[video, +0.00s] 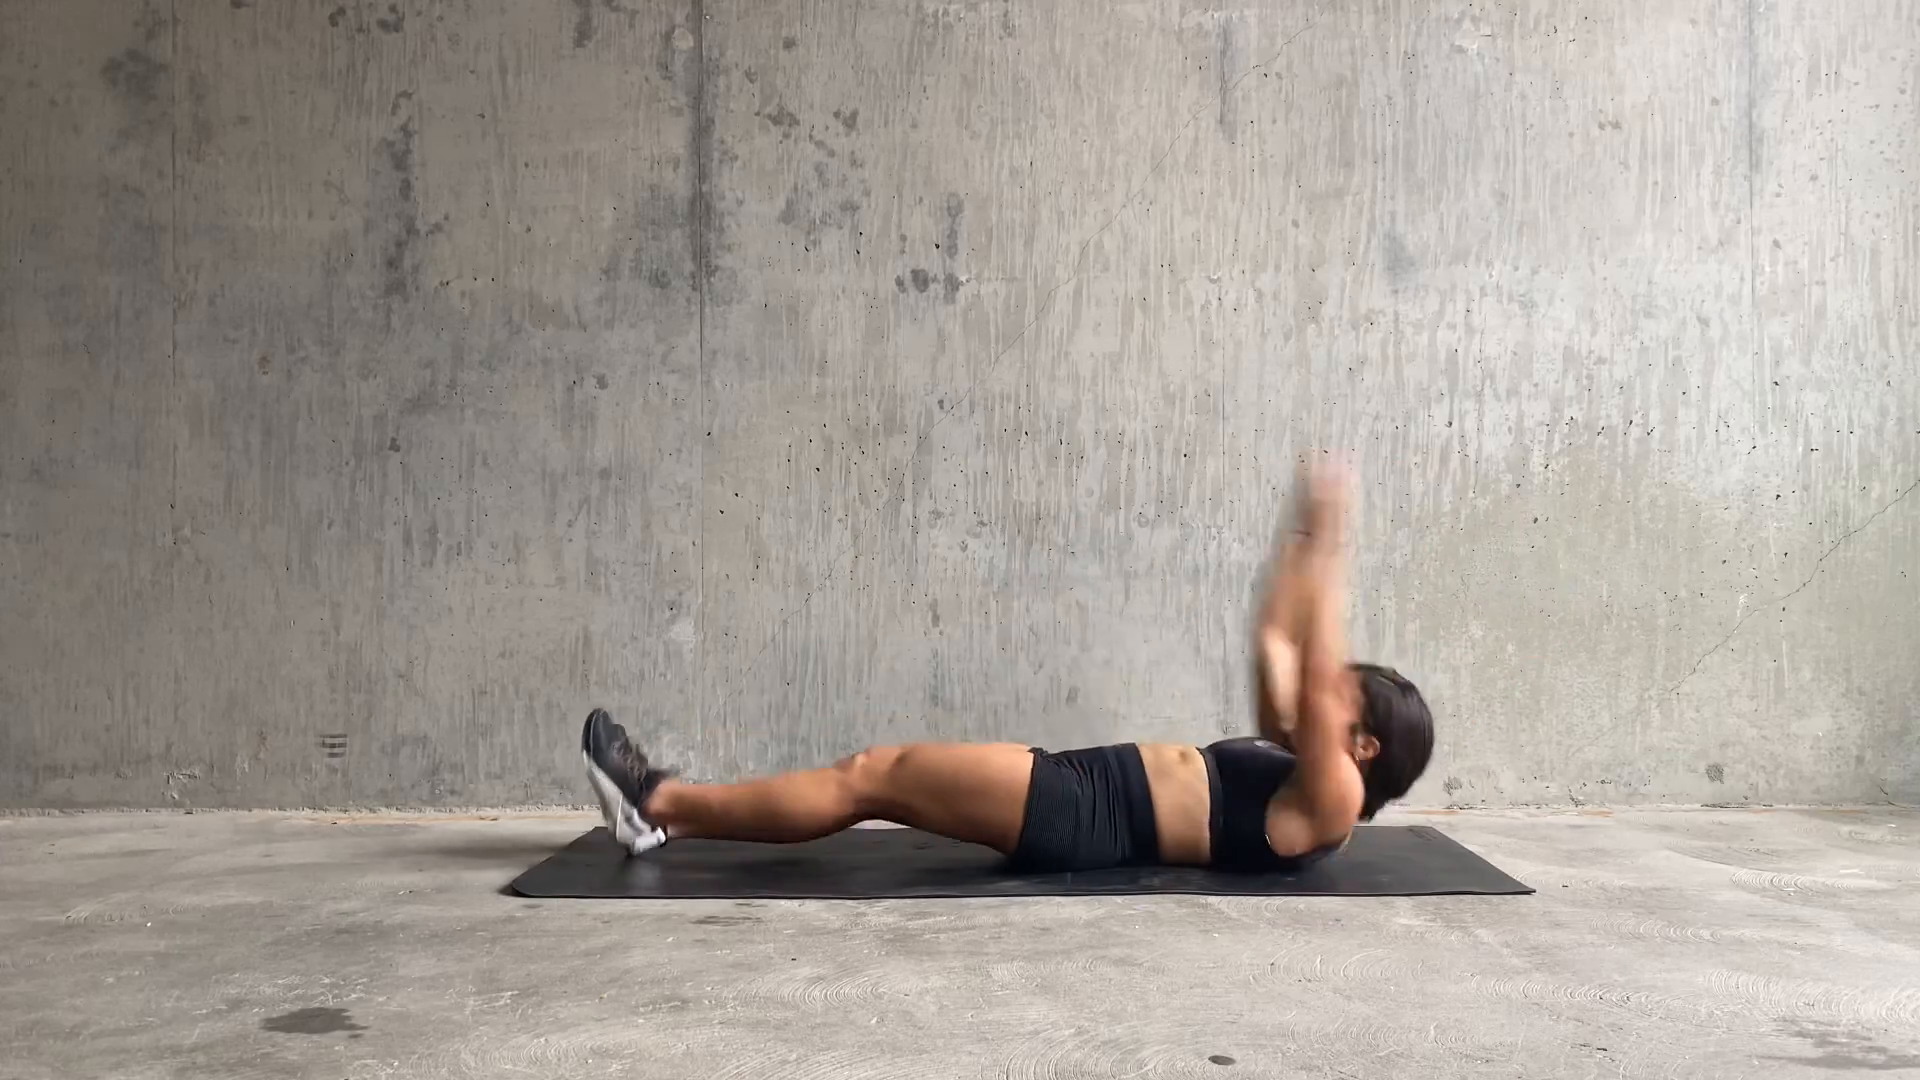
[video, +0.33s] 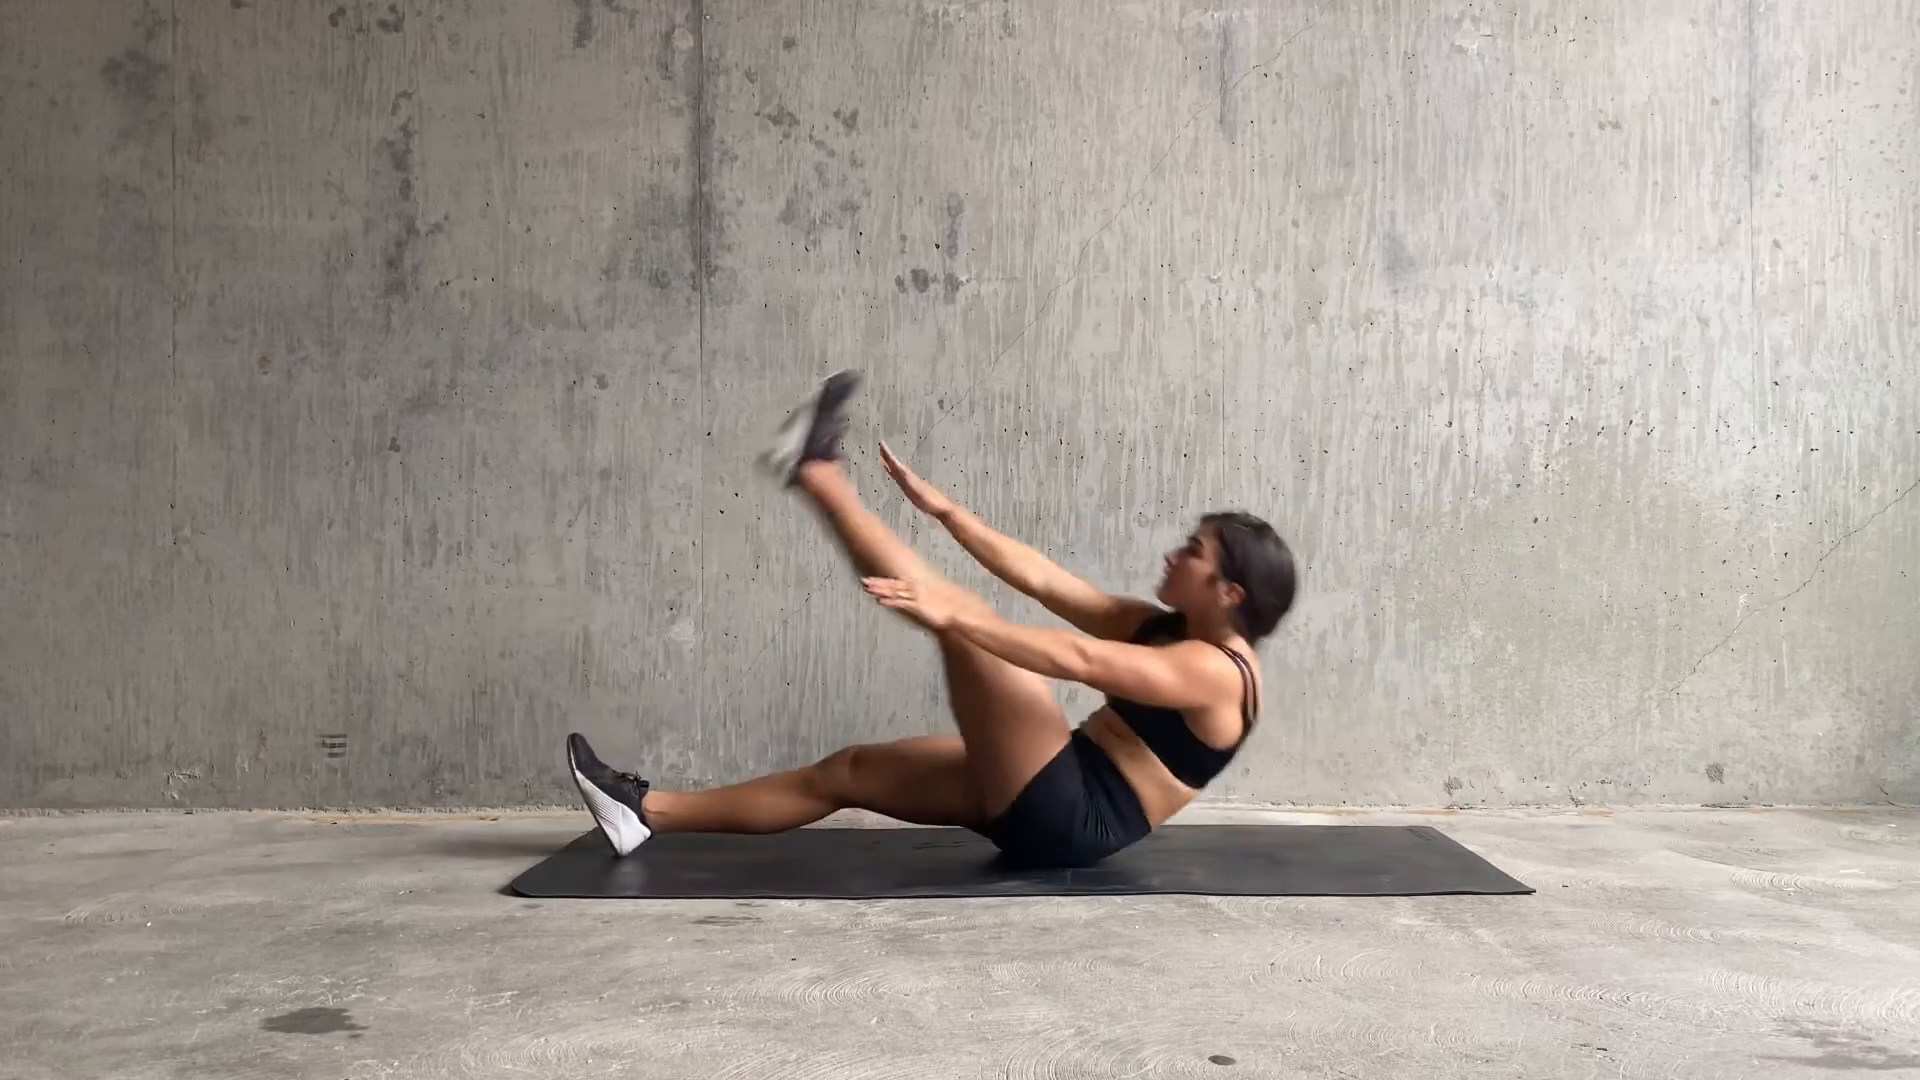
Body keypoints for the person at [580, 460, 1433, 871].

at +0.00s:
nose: (1333, 691)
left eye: (1350, 694)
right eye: (1343, 688)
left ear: (1365, 743)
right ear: (1343, 731)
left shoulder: (1331, 802)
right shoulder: (1298, 772)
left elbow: (1318, 660)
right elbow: (1272, 650)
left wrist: (1325, 537)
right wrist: (1299, 542)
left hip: (1079, 812)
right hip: (1081, 795)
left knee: (878, 776)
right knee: (884, 777)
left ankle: (661, 804)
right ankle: (675, 801)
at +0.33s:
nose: (1172, 558)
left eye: (1191, 554)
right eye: (1184, 547)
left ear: (1229, 593)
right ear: (1221, 589)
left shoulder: (1214, 671)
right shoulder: (1170, 632)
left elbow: (1078, 660)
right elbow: (1045, 579)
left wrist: (948, 612)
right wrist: (945, 511)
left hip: (1070, 813)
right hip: (1047, 788)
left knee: (955, 622)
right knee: (846, 775)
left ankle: (819, 472)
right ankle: (645, 811)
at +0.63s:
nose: (1189, 563)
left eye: (1206, 558)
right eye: (1200, 552)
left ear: (1243, 595)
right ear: (1238, 593)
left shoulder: (1222, 670)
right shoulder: (1196, 642)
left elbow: (1090, 632)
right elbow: (1078, 588)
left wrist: (968, 572)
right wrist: (993, 505)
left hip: (1076, 816)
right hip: (1056, 795)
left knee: (952, 640)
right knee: (849, 786)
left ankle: (790, 489)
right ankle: (647, 810)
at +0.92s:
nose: (1286, 666)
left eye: (1302, 663)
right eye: (1292, 661)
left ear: (1328, 702)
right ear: (1308, 696)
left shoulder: (1299, 768)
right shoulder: (1259, 740)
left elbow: (1273, 631)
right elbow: (1233, 620)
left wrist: (1267, 501)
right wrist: (1247, 508)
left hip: (1077, 811)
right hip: (1067, 795)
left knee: (873, 760)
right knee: (859, 786)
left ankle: (654, 760)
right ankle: (654, 815)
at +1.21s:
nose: (1316, 698)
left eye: (1335, 694)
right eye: (1331, 686)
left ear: (1358, 735)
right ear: (1340, 717)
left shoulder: (1321, 809)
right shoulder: (1305, 782)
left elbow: (1426, 709)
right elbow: (1401, 684)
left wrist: (1507, 615)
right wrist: (1488, 605)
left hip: (1082, 807)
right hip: (1082, 790)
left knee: (873, 785)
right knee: (874, 782)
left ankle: (653, 822)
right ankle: (666, 816)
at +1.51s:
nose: (1301, 686)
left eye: (1320, 686)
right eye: (1313, 677)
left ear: (1348, 726)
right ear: (1339, 721)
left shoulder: (1320, 789)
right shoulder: (1285, 753)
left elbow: (1273, 643)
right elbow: (1228, 645)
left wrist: (1248, 530)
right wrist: (1232, 530)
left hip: (1079, 809)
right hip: (1074, 776)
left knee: (876, 788)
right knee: (879, 747)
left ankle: (651, 833)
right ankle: (670, 774)